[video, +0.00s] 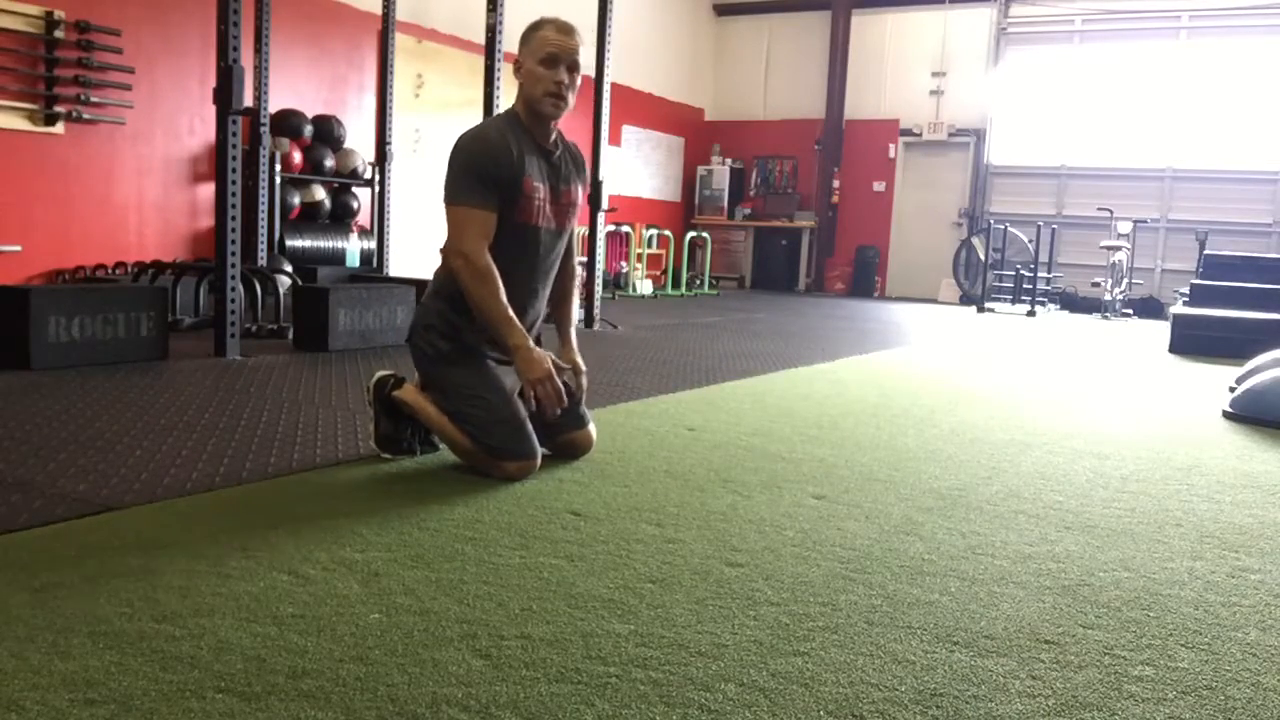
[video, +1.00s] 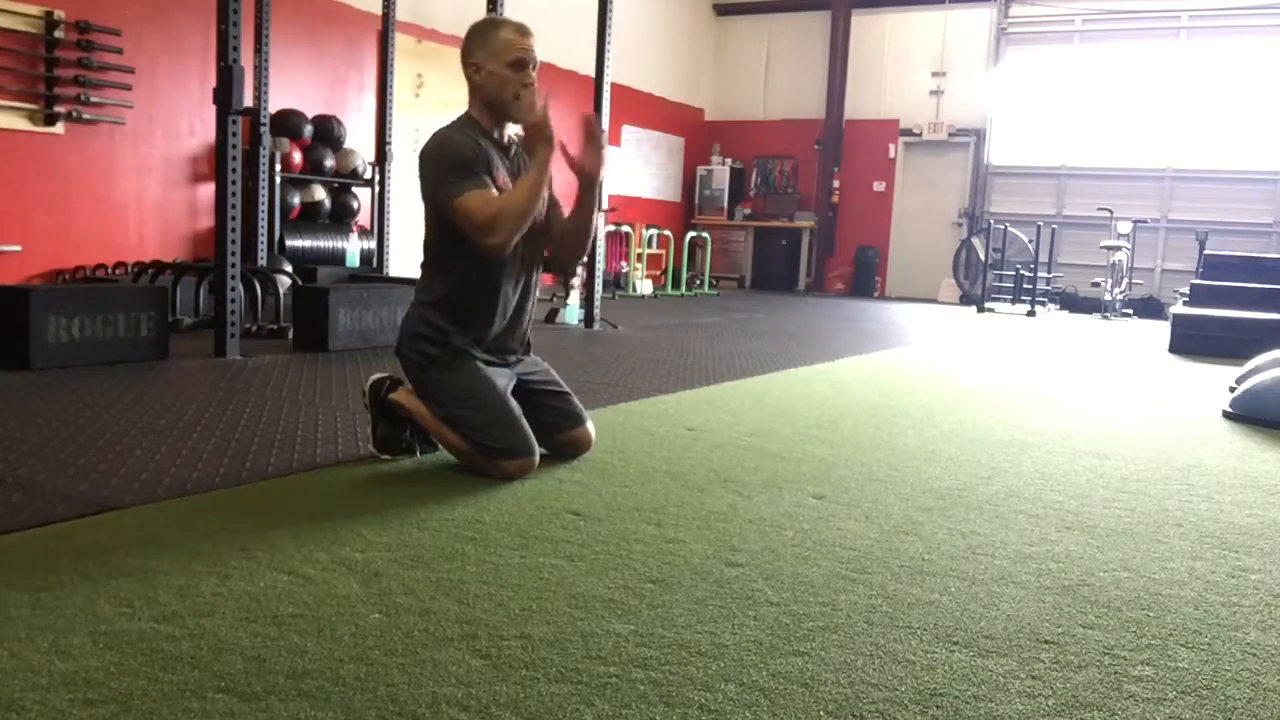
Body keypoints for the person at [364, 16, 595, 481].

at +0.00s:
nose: (562, 78)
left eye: (572, 68)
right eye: (549, 63)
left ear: (579, 80)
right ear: (518, 68)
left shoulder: (573, 162)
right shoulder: (485, 145)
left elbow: (565, 258)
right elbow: (466, 255)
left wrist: (568, 342)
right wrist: (525, 349)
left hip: (518, 336)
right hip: (455, 337)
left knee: (574, 440)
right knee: (515, 463)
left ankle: (448, 407)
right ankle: (401, 396)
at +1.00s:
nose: (531, 78)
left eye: (534, 66)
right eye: (518, 65)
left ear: (537, 73)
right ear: (475, 71)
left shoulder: (521, 155)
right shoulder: (450, 147)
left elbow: (565, 253)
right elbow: (495, 234)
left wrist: (590, 184)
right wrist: (540, 158)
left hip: (508, 346)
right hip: (447, 348)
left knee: (573, 439)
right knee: (514, 462)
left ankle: (443, 411)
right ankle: (398, 400)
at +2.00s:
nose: (538, 75)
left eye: (546, 65)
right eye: (524, 60)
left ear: (553, 76)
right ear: (489, 66)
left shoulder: (550, 159)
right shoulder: (463, 141)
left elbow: (596, 246)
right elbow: (492, 223)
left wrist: (629, 181)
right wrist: (576, 167)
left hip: (518, 341)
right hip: (455, 343)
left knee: (572, 443)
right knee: (515, 463)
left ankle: (443, 414)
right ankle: (401, 398)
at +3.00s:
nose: (563, 94)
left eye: (564, 82)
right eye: (561, 81)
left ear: (530, 79)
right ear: (529, 78)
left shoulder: (536, 152)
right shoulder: (461, 149)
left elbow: (560, 209)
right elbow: (442, 259)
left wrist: (577, 131)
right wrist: (471, 357)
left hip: (511, 345)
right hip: (449, 347)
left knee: (572, 442)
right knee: (515, 464)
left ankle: (437, 412)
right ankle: (399, 399)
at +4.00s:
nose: (519, 87)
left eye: (532, 78)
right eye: (507, 72)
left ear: (546, 88)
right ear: (486, 73)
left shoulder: (546, 160)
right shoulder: (451, 147)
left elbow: (559, 228)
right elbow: (401, 233)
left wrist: (610, 254)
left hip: (517, 346)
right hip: (450, 347)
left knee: (574, 444)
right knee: (516, 463)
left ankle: (448, 409)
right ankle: (399, 399)